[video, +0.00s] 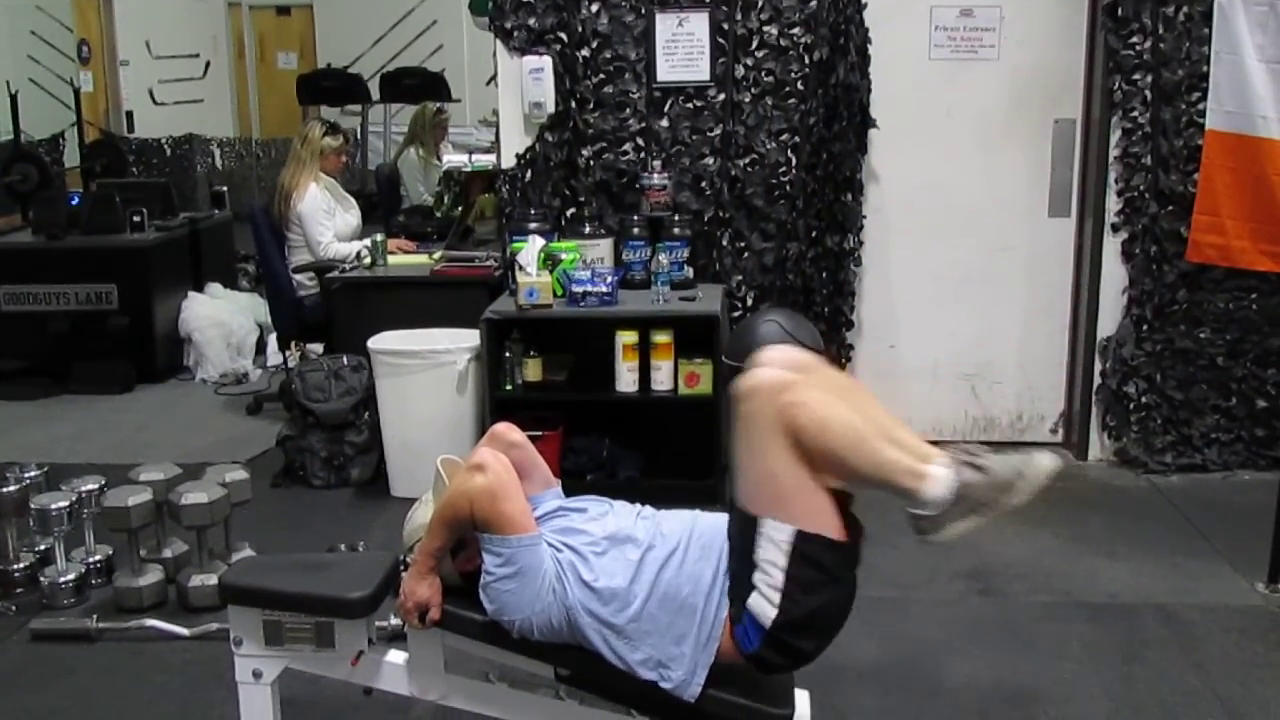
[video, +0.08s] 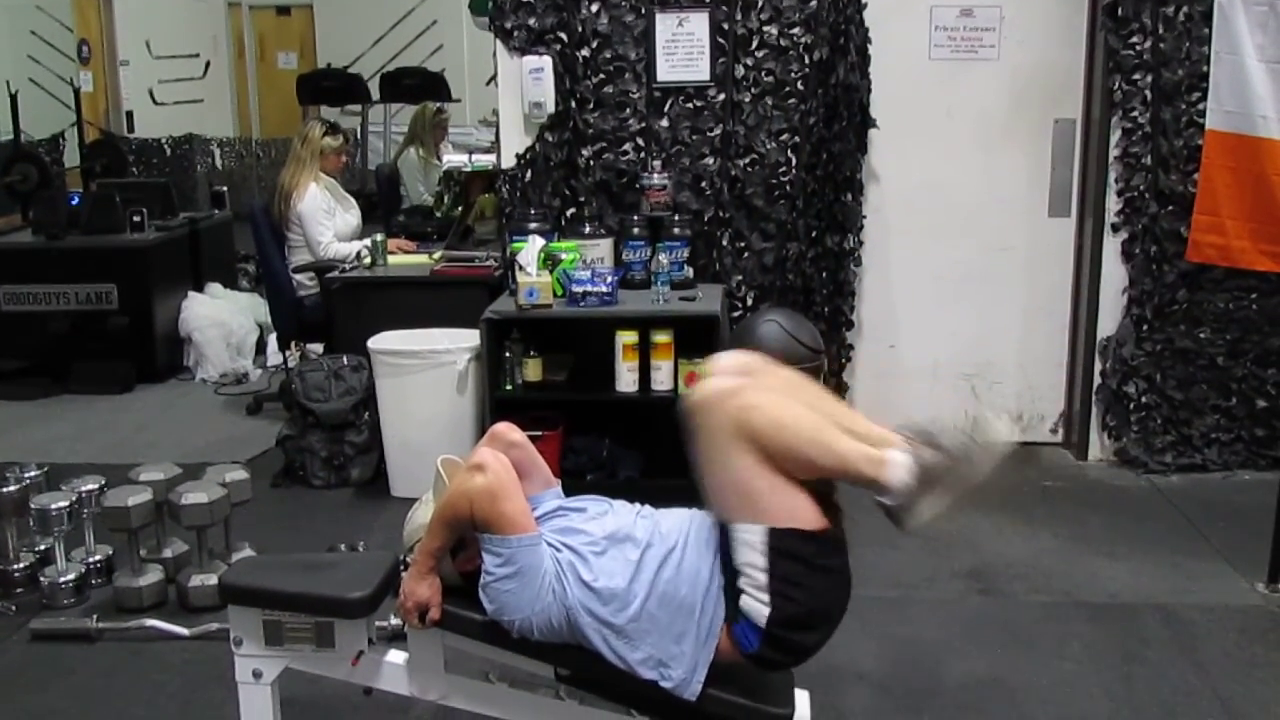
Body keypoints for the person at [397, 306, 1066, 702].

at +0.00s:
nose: (510, 463)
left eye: (513, 455)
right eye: (494, 466)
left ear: (526, 482)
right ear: (481, 513)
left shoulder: (560, 518)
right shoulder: (520, 585)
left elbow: (514, 440)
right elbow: (477, 473)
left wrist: (445, 522)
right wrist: (428, 558)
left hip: (772, 573)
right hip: (763, 613)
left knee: (785, 362)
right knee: (763, 387)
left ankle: (945, 470)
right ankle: (940, 482)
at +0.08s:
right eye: (482, 484)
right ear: (478, 546)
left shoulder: (556, 521)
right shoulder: (522, 590)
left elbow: (506, 436)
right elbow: (479, 472)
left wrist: (455, 521)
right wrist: (426, 563)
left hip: (764, 569)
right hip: (765, 610)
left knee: (732, 367)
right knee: (718, 394)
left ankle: (908, 456)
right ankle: (898, 475)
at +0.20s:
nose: (471, 545)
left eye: (462, 541)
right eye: (462, 542)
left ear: (478, 540)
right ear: (472, 561)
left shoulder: (552, 516)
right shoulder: (520, 592)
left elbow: (506, 438)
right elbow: (480, 473)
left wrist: (448, 530)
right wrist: (426, 561)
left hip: (781, 557)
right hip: (766, 599)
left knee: (639, 402)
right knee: (635, 435)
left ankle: (817, 394)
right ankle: (832, 417)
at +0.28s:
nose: (478, 468)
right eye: (469, 479)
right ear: (472, 554)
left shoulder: (547, 523)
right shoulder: (518, 591)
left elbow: (504, 437)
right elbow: (482, 479)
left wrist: (462, 529)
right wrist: (426, 563)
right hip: (764, 578)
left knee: (611, 411)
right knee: (597, 450)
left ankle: (781, 335)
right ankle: (774, 344)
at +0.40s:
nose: (474, 460)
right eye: (465, 473)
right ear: (470, 560)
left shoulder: (549, 522)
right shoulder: (517, 591)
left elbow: (504, 436)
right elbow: (484, 483)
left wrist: (450, 537)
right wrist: (426, 562)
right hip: (761, 542)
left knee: (615, 409)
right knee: (576, 427)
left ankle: (670, 238)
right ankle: (661, 247)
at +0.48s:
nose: (469, 470)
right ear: (469, 562)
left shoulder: (548, 520)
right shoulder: (519, 594)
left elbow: (506, 436)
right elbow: (478, 481)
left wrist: (440, 540)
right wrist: (425, 563)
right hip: (750, 523)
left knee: (585, 385)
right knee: (561, 401)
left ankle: (597, 205)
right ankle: (587, 202)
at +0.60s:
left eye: (459, 545)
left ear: (471, 553)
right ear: (469, 562)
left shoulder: (548, 524)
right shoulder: (519, 599)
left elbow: (505, 436)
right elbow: (477, 481)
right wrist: (423, 567)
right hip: (734, 492)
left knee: (552, 360)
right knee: (537, 377)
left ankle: (512, 178)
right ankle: (498, 174)